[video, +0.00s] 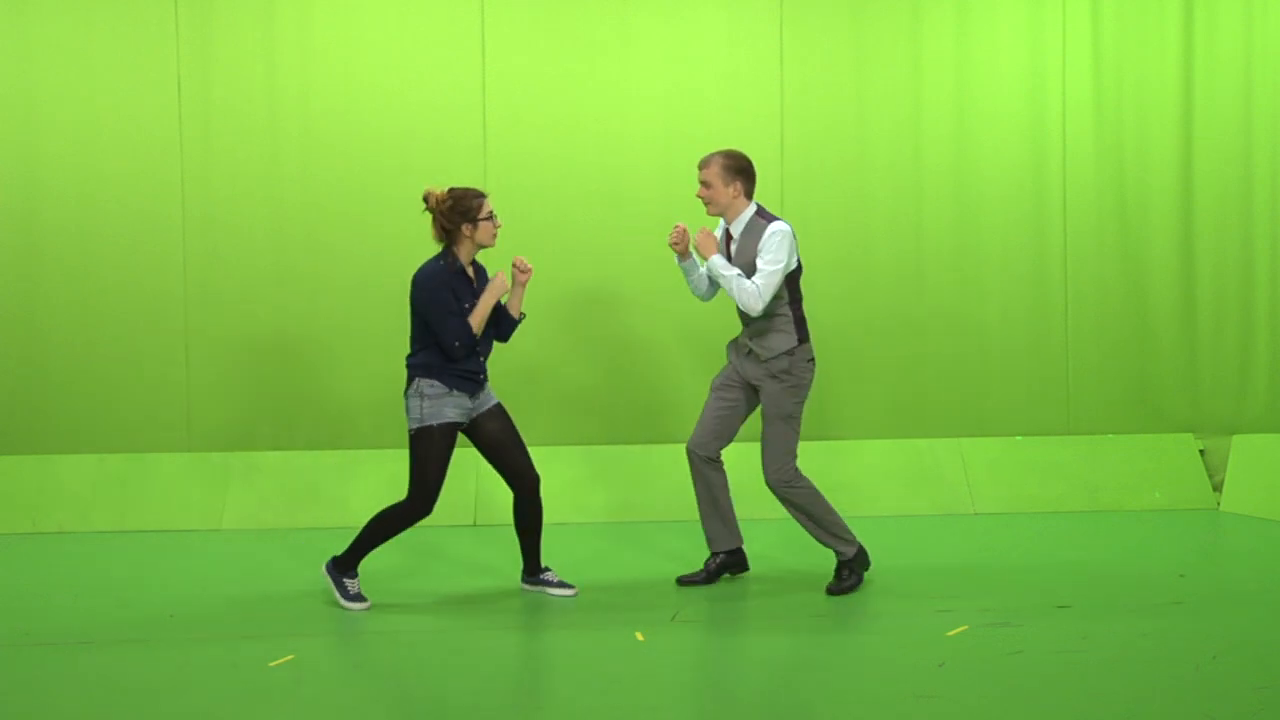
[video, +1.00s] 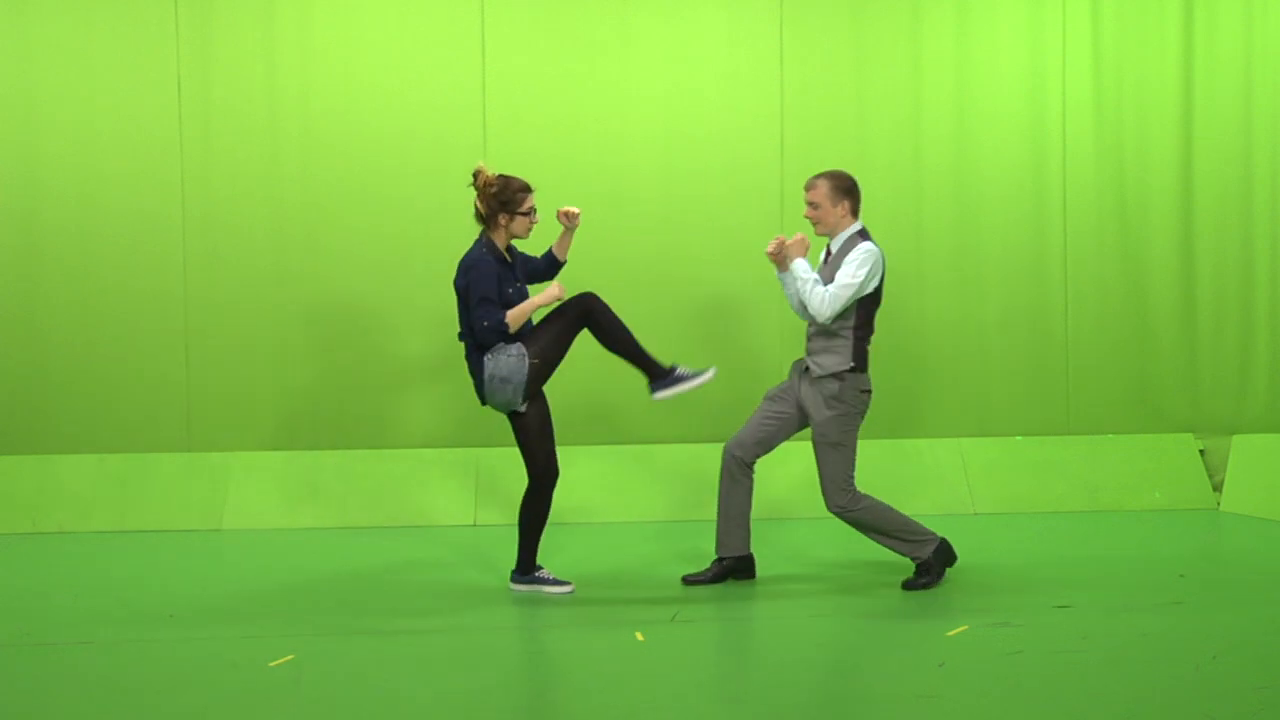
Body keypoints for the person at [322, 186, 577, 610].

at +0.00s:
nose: (497, 224)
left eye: (494, 217)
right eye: (489, 219)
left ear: (470, 228)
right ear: (465, 228)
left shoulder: (479, 274)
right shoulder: (431, 277)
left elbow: (502, 331)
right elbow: (458, 343)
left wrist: (519, 288)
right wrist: (491, 295)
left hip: (475, 391)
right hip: (434, 391)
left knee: (526, 480)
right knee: (420, 503)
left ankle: (534, 571)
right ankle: (343, 566)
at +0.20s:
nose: (499, 226)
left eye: (496, 218)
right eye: (491, 219)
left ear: (472, 230)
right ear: (467, 230)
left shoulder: (483, 274)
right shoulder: (427, 278)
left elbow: (503, 333)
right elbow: (450, 347)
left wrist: (512, 297)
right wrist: (486, 298)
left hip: (462, 393)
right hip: (416, 390)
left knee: (514, 481)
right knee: (390, 494)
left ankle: (533, 571)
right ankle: (337, 580)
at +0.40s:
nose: (503, 226)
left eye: (500, 219)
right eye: (494, 220)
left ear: (474, 232)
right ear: (470, 231)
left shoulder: (484, 277)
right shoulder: (434, 281)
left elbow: (505, 329)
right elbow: (462, 348)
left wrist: (510, 310)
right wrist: (492, 299)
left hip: (463, 398)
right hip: (420, 395)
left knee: (526, 477)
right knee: (384, 492)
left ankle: (529, 570)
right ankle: (337, 581)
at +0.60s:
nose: (517, 215)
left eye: (515, 207)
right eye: (509, 209)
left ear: (487, 215)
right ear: (485, 217)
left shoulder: (494, 258)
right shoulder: (465, 270)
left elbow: (532, 269)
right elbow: (475, 337)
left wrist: (558, 242)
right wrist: (524, 305)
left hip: (496, 386)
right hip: (468, 390)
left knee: (532, 477)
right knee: (503, 491)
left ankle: (525, 571)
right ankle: (409, 538)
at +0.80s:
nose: (534, 220)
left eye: (532, 213)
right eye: (527, 215)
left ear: (505, 220)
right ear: (501, 221)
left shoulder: (514, 253)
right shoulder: (470, 270)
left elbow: (561, 239)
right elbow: (470, 335)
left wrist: (584, 195)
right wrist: (526, 315)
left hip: (500, 371)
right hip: (485, 372)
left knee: (531, 473)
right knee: (587, 332)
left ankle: (524, 571)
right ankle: (654, 412)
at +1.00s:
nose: (534, 221)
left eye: (534, 213)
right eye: (528, 215)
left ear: (506, 218)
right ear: (502, 219)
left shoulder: (507, 255)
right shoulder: (478, 265)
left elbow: (546, 266)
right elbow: (489, 328)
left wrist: (567, 232)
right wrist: (540, 299)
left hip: (518, 373)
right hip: (505, 371)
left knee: (544, 473)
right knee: (586, 304)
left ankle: (525, 570)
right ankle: (660, 375)